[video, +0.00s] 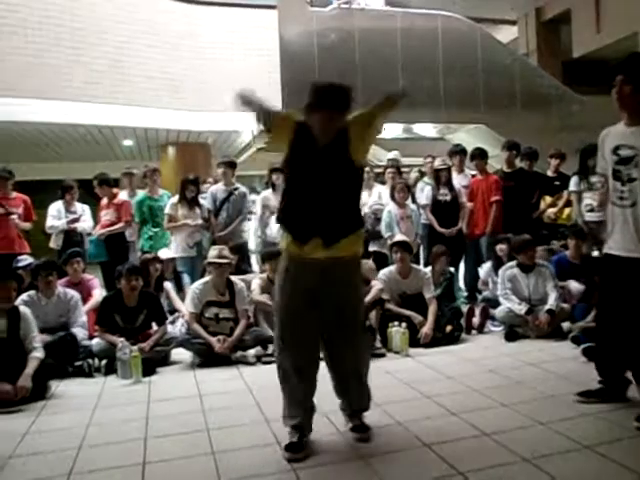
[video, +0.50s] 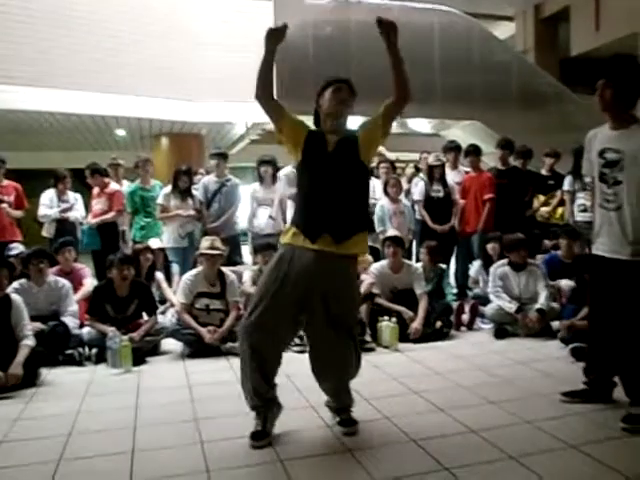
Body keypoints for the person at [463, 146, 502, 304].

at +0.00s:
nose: (475, 165)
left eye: (478, 161)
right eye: (473, 161)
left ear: (485, 161)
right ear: (471, 163)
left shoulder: (493, 180)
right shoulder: (473, 181)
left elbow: (495, 204)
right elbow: (470, 204)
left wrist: (489, 228)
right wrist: (466, 223)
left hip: (486, 230)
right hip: (472, 230)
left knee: (487, 265)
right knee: (471, 266)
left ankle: (490, 293)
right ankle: (471, 294)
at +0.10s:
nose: (476, 163)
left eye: (479, 160)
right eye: (474, 160)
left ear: (484, 160)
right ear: (472, 161)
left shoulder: (491, 180)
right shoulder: (471, 181)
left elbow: (494, 205)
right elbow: (468, 205)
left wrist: (487, 228)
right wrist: (465, 225)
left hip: (485, 232)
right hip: (471, 232)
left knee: (486, 267)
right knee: (472, 267)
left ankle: (489, 295)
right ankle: (472, 294)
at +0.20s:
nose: (478, 164)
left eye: (481, 161)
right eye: (477, 161)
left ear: (489, 161)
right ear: (476, 162)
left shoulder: (497, 180)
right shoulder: (477, 182)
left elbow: (499, 206)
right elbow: (473, 204)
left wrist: (491, 229)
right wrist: (468, 224)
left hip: (489, 230)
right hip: (475, 230)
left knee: (489, 265)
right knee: (472, 266)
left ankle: (491, 294)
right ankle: (472, 294)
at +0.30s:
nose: (476, 163)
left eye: (478, 159)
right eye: (474, 159)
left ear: (485, 159)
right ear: (473, 161)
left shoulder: (493, 178)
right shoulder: (473, 180)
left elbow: (495, 203)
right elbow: (469, 202)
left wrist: (488, 226)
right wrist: (464, 222)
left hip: (486, 228)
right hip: (472, 228)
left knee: (487, 262)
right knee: (468, 263)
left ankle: (490, 292)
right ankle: (468, 292)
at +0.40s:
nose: (474, 162)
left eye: (477, 158)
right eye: (473, 159)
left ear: (484, 159)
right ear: (471, 160)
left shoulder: (492, 179)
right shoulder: (472, 180)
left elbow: (494, 204)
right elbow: (467, 201)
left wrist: (486, 227)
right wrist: (462, 221)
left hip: (484, 229)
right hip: (470, 229)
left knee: (485, 264)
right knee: (467, 264)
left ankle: (489, 293)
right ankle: (467, 294)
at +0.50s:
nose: (470, 161)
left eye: (472, 158)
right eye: (468, 158)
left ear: (479, 158)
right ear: (466, 160)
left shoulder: (487, 178)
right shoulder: (466, 180)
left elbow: (488, 202)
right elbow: (462, 201)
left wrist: (480, 226)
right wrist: (457, 221)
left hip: (479, 228)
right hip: (465, 228)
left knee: (481, 263)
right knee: (461, 264)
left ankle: (485, 294)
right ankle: (461, 294)